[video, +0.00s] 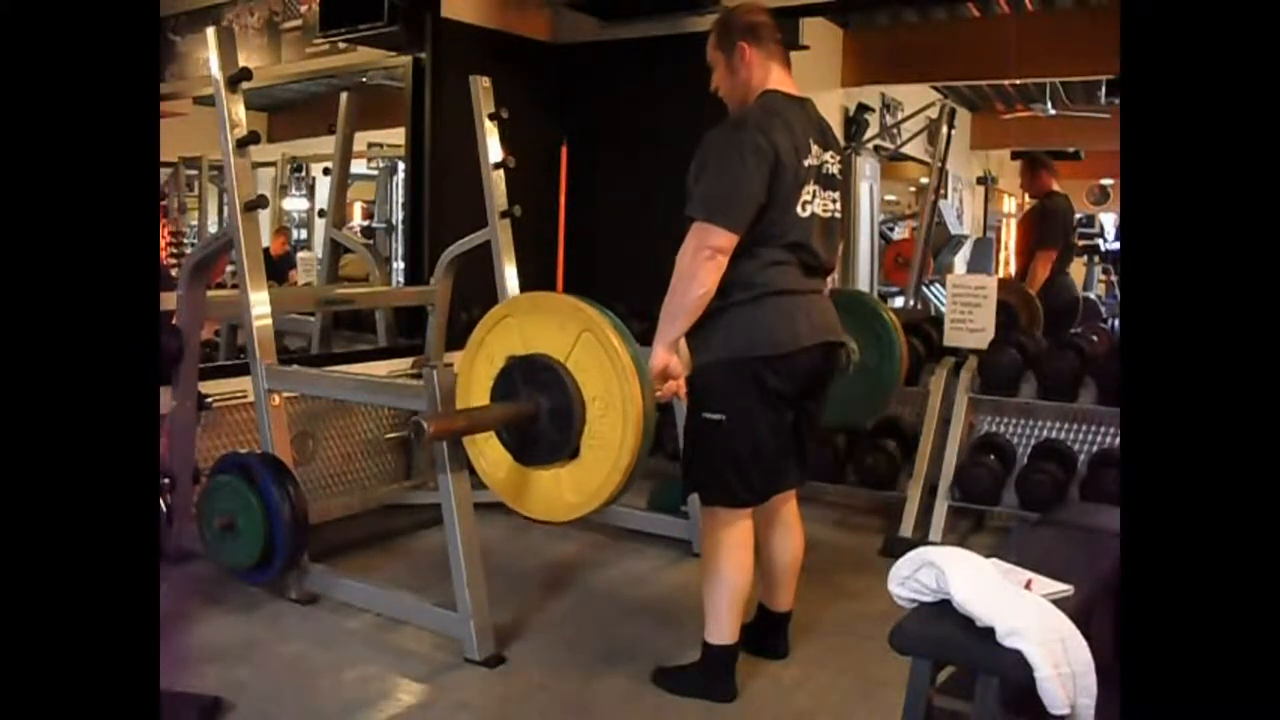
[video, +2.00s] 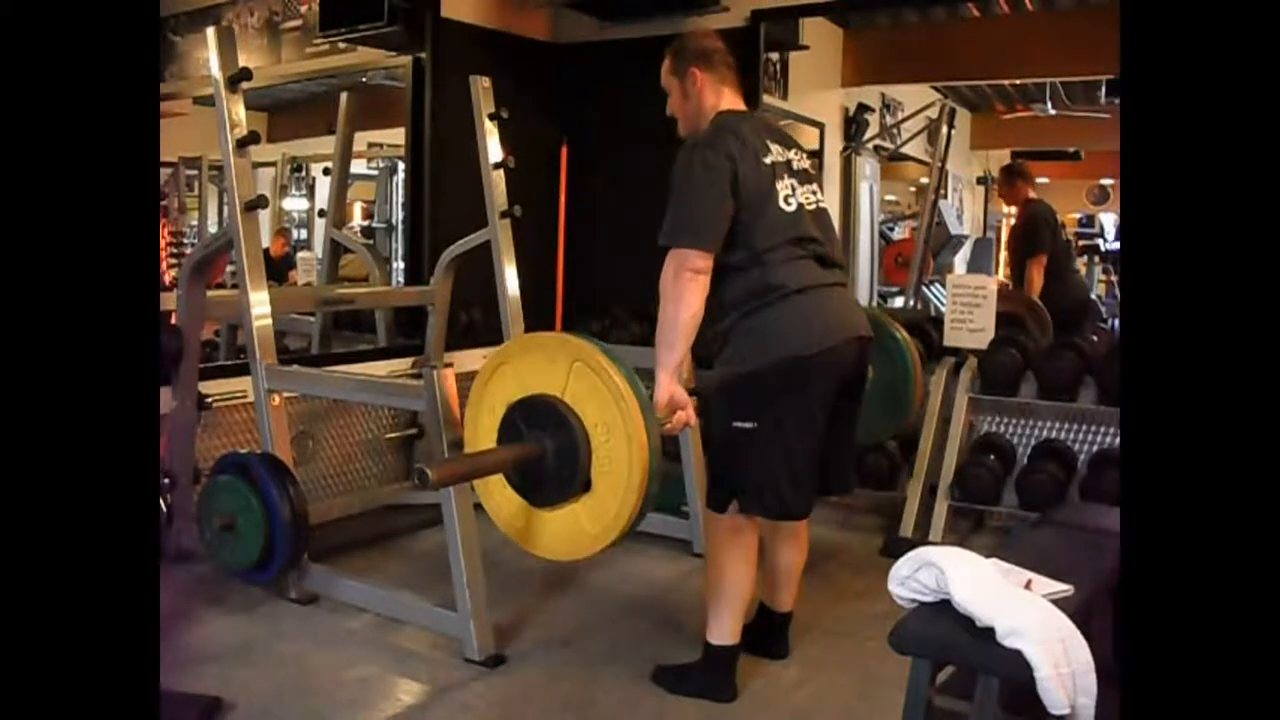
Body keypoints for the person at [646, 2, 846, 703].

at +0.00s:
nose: (715, 84)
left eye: (716, 68)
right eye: (713, 70)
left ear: (744, 55)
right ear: (774, 55)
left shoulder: (746, 130)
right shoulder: (819, 129)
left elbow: (710, 247)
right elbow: (824, 253)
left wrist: (664, 342)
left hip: (745, 342)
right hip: (809, 338)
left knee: (726, 504)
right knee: (777, 490)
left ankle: (715, 668)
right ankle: (772, 631)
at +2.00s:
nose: (672, 110)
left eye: (672, 93)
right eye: (669, 95)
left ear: (699, 82)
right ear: (731, 81)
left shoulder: (711, 146)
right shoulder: (787, 139)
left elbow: (692, 265)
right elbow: (805, 248)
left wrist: (668, 372)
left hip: (770, 349)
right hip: (838, 339)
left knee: (732, 506)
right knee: (789, 496)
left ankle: (716, 667)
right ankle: (774, 631)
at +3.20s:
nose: (641, 186)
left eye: (639, 169)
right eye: (637, 172)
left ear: (662, 156)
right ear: (695, 152)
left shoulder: (685, 212)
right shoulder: (751, 195)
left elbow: (669, 330)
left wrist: (651, 440)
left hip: (804, 361)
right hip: (878, 348)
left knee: (736, 503)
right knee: (795, 501)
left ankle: (716, 667)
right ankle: (772, 630)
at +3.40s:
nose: (637, 204)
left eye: (636, 187)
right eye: (633, 191)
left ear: (660, 173)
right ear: (690, 170)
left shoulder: (682, 226)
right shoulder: (749, 208)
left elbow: (668, 344)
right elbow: (801, 292)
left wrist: (649, 457)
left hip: (810, 367)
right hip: (883, 352)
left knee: (737, 505)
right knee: (796, 504)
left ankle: (716, 668)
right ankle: (773, 630)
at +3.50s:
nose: (634, 212)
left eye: (632, 195)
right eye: (630, 198)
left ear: (657, 182)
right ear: (688, 178)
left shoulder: (681, 233)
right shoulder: (747, 213)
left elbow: (668, 352)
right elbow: (801, 297)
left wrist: (649, 465)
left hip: (811, 367)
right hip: (885, 351)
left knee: (736, 505)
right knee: (797, 505)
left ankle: (716, 668)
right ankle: (772, 631)